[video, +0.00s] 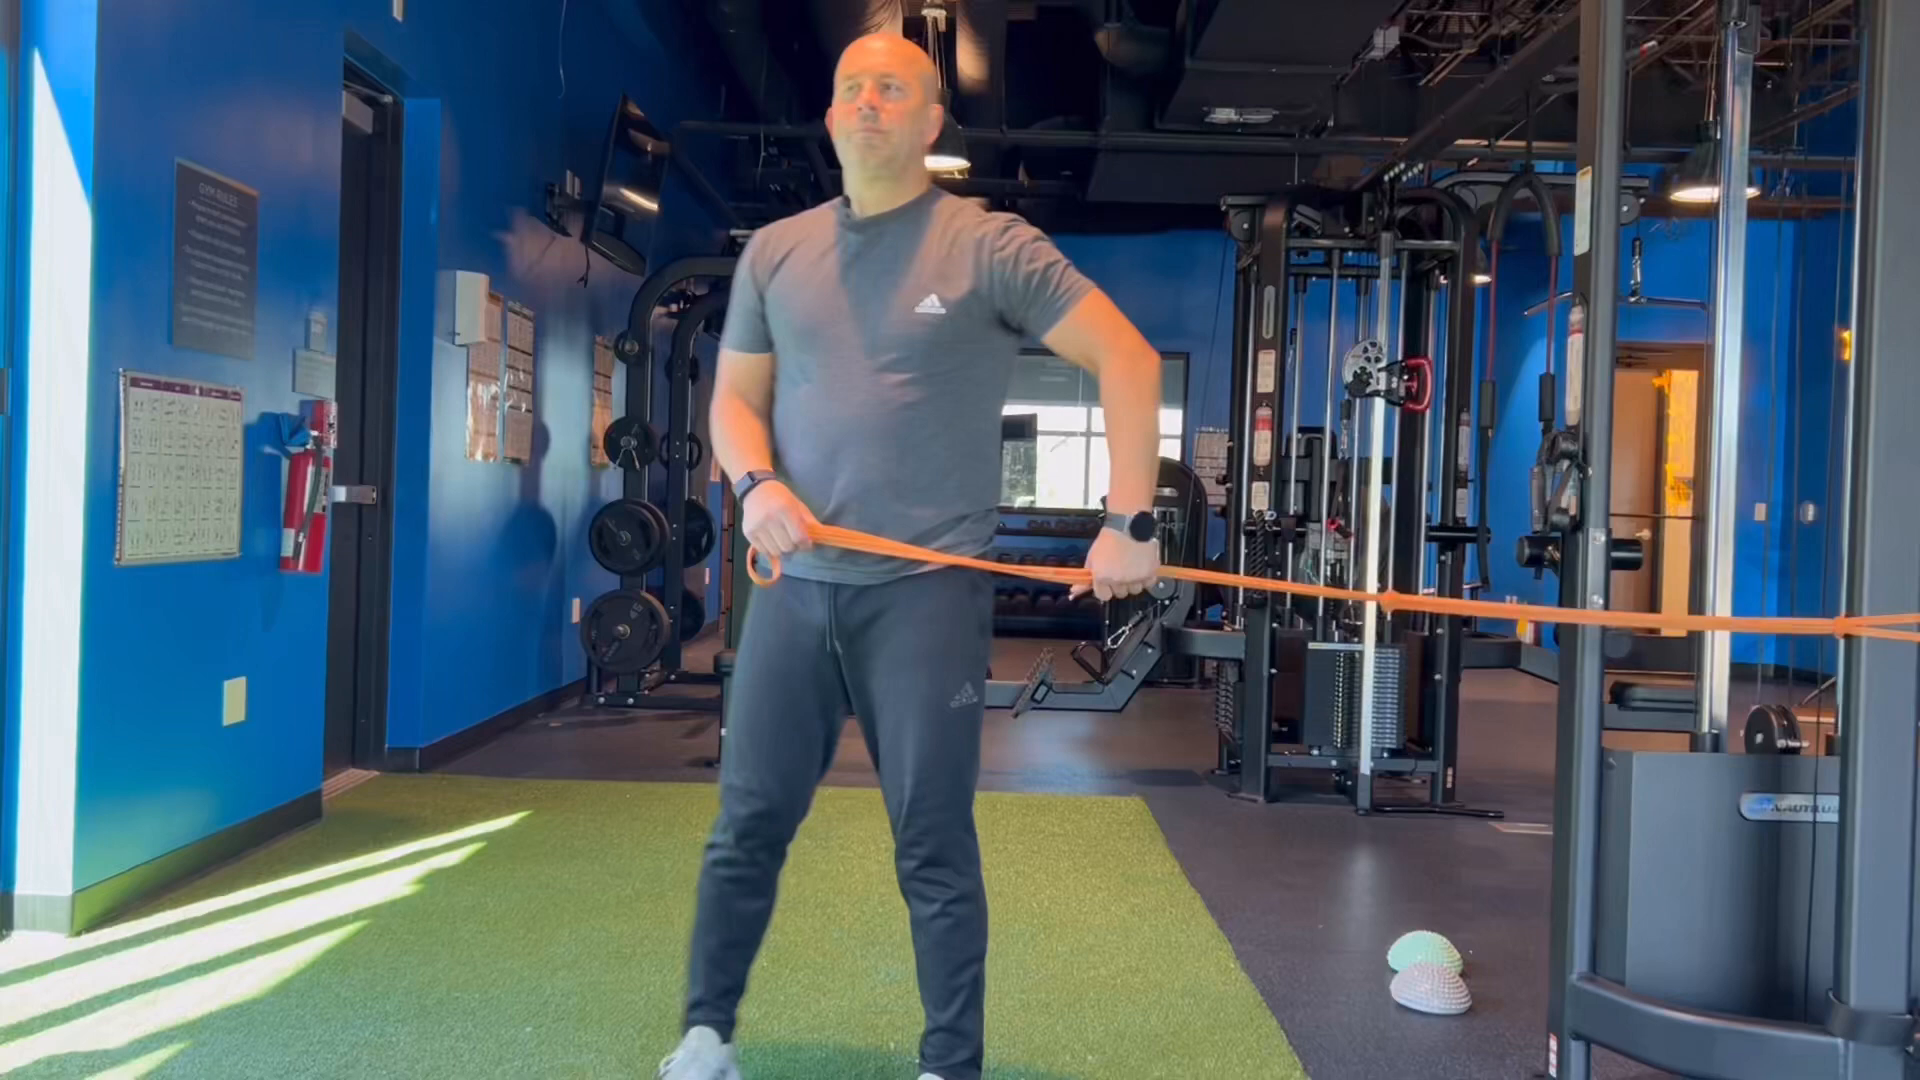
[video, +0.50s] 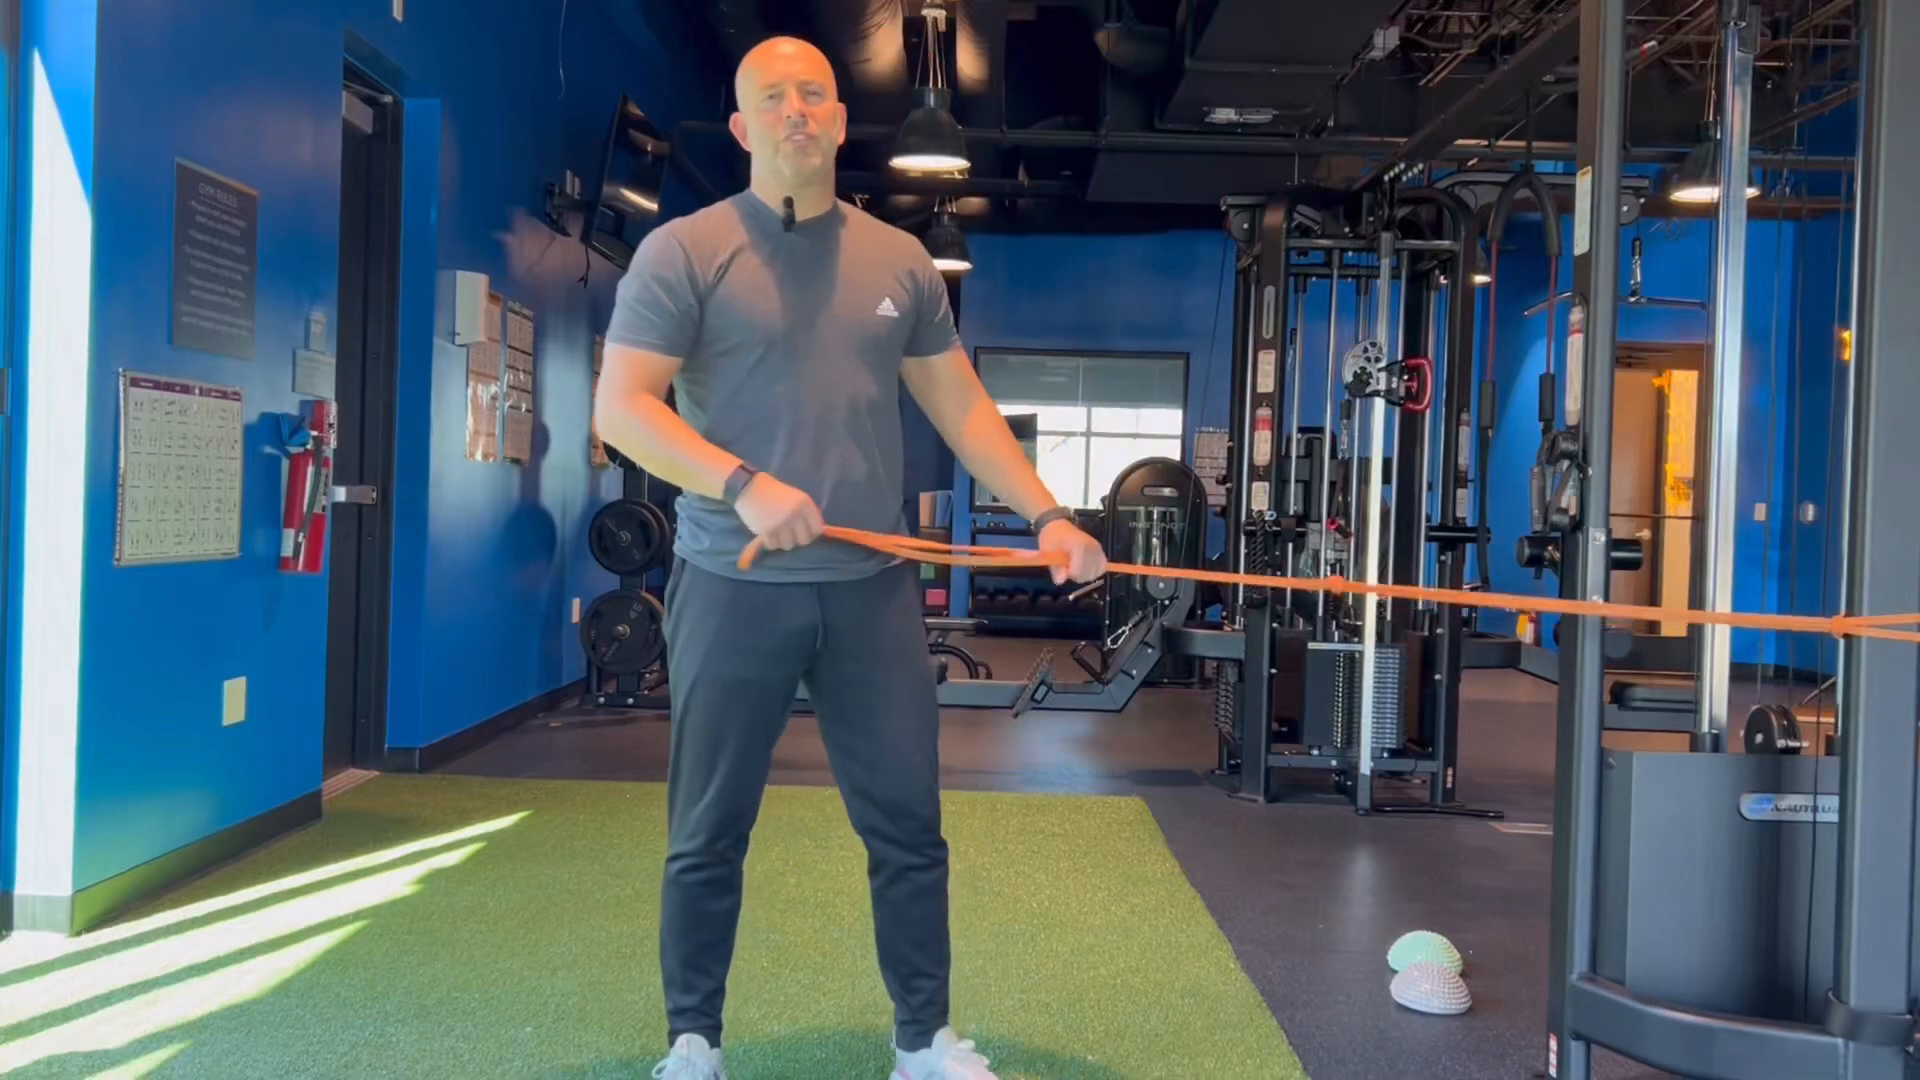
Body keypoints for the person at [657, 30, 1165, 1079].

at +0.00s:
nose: (868, 101)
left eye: (893, 87)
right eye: (853, 87)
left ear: (938, 123)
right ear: (828, 121)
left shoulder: (985, 245)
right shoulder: (772, 253)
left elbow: (1129, 357)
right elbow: (737, 398)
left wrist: (1126, 519)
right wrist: (756, 484)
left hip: (929, 584)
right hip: (792, 577)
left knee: (932, 840)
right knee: (748, 820)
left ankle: (953, 1064)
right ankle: (708, 1034)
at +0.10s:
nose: (841, 101)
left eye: (864, 87)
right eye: (822, 87)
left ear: (901, 123)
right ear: (791, 120)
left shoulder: (962, 250)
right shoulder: (733, 254)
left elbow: (1077, 372)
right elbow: (689, 405)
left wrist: (1120, 510)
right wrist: (740, 491)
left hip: (908, 586)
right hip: (765, 583)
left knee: (915, 839)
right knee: (723, 830)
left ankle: (947, 1063)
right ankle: (699, 1041)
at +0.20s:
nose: (817, 103)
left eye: (836, 89)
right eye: (794, 90)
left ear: (866, 119)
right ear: (761, 123)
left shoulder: (932, 257)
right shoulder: (698, 255)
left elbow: (1017, 393)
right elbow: (648, 412)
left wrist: (1090, 500)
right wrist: (730, 498)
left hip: (890, 585)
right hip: (742, 584)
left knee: (901, 831)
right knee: (713, 828)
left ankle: (937, 1062)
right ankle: (697, 1040)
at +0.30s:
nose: (801, 103)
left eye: (818, 88)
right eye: (777, 91)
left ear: (846, 119)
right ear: (740, 125)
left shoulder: (908, 259)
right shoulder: (682, 253)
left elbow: (988, 396)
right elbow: (619, 409)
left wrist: (1063, 509)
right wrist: (717, 496)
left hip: (877, 589)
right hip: (731, 585)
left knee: (896, 829)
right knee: (705, 831)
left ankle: (925, 1056)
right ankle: (693, 1042)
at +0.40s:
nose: (796, 105)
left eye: (811, 89)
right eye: (771, 92)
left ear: (839, 118)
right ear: (734, 125)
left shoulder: (897, 259)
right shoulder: (677, 251)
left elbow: (974, 403)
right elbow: (609, 405)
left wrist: (1052, 514)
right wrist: (719, 488)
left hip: (871, 587)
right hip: (730, 587)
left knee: (902, 823)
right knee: (705, 829)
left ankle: (929, 1046)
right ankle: (692, 1042)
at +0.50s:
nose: (799, 109)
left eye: (815, 93)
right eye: (775, 96)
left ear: (844, 119)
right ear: (740, 127)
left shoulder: (899, 263)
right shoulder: (683, 252)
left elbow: (964, 408)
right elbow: (620, 407)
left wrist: (1050, 514)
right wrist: (741, 482)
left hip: (874, 587)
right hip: (734, 587)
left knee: (908, 825)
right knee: (707, 832)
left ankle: (924, 1042)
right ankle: (693, 1044)